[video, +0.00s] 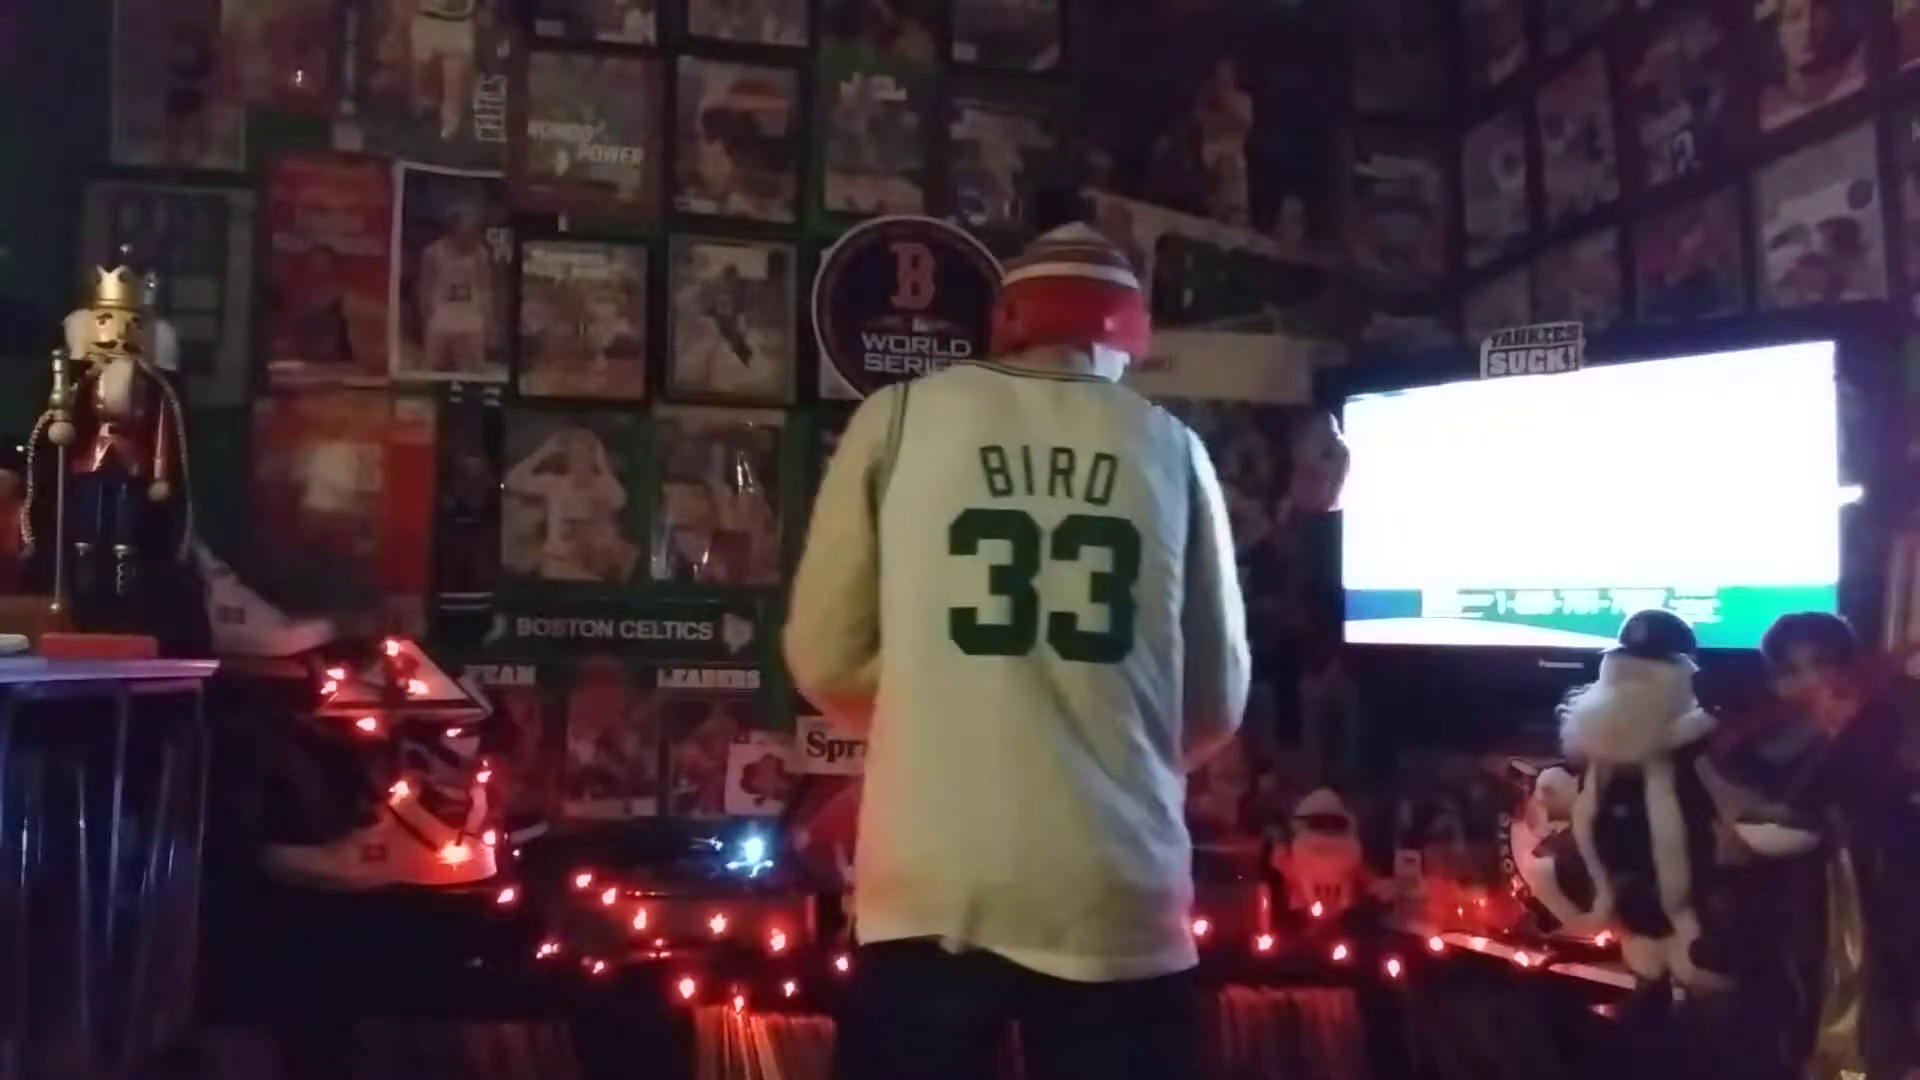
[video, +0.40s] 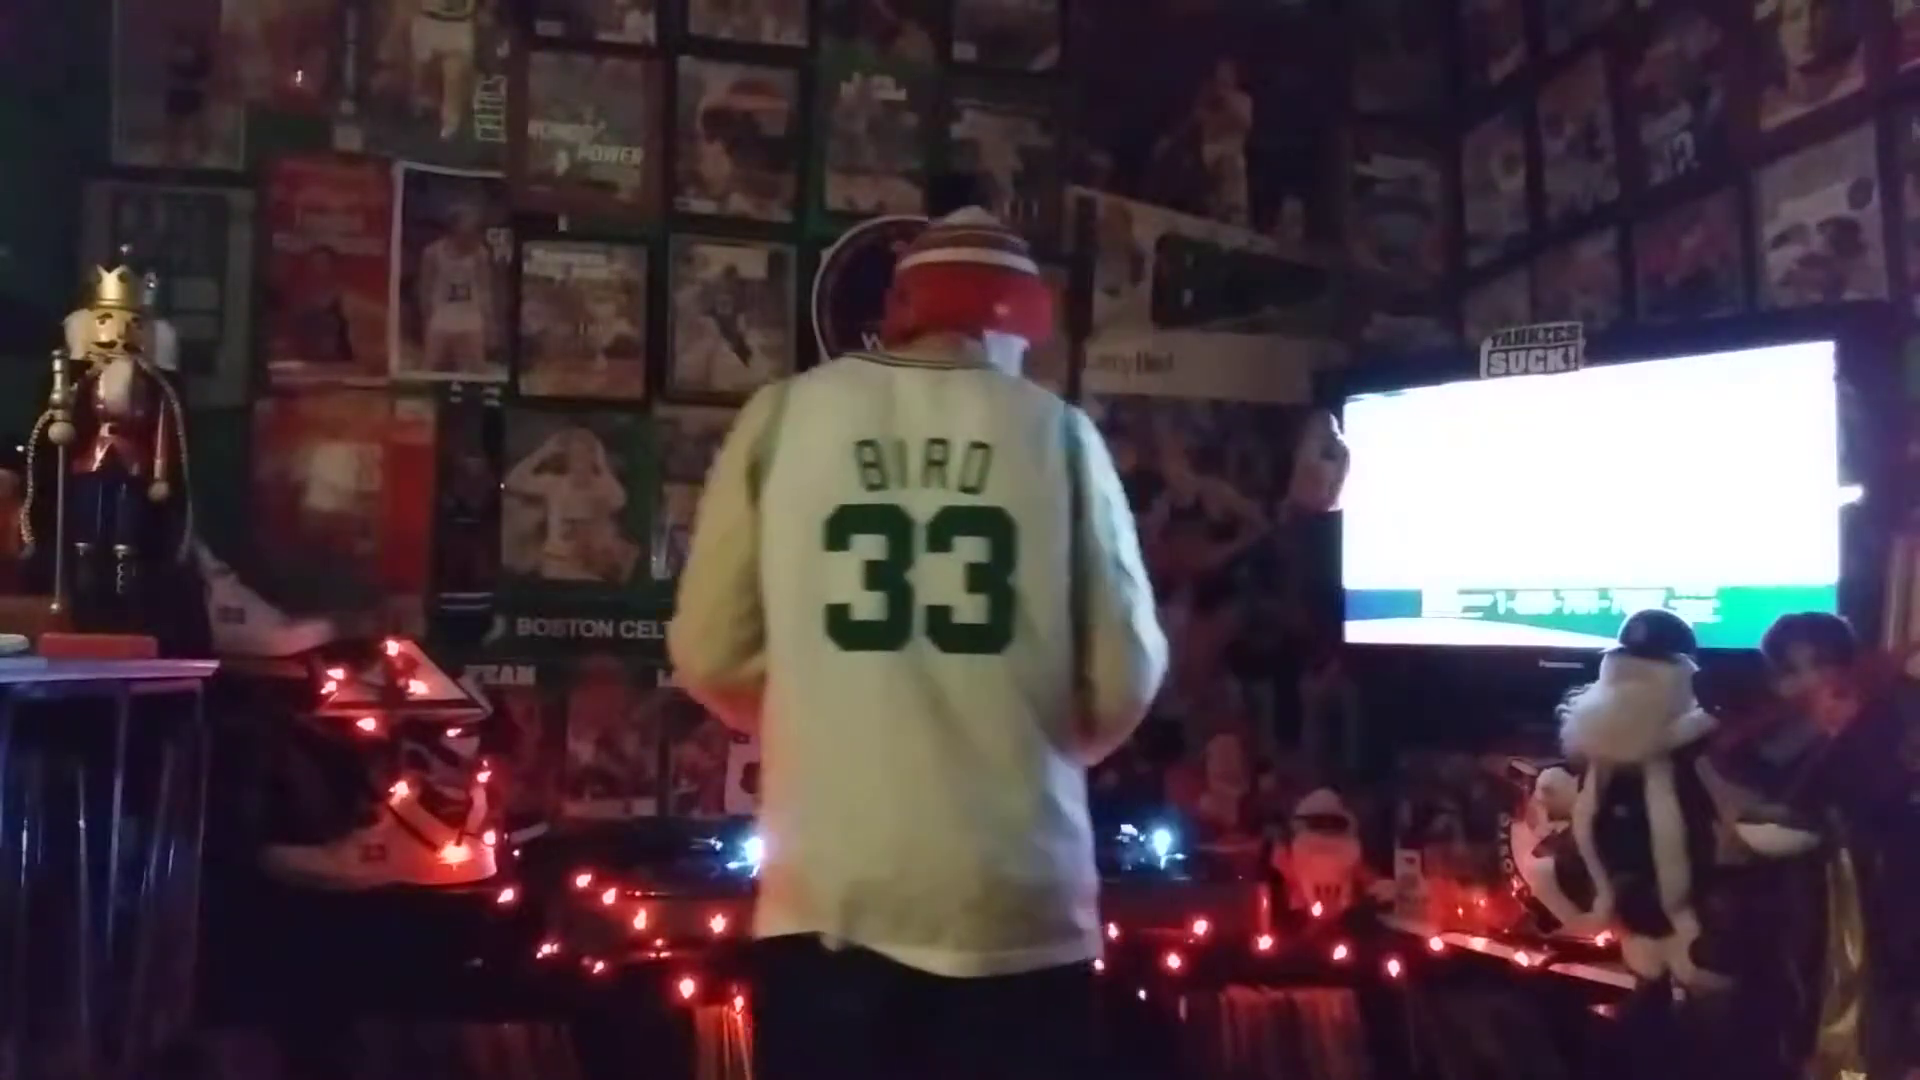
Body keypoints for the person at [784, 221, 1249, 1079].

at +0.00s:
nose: (1138, 357)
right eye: (1135, 341)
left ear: (1005, 325)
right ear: (1128, 340)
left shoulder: (898, 416)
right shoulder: (1177, 452)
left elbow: (825, 654)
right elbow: (1216, 699)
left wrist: (938, 718)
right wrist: (1110, 769)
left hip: (923, 882)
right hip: (1116, 893)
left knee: (907, 1066)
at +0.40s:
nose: (1031, 353)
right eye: (1029, 335)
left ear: (899, 317)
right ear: (1015, 327)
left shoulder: (782, 414)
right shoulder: (1060, 434)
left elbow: (709, 652)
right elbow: (1121, 679)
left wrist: (822, 724)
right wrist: (1022, 750)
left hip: (824, 916)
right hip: (1019, 920)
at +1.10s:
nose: (932, 351)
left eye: (933, 340)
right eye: (927, 334)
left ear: (785, 315)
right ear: (904, 329)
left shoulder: (648, 421)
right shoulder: (928, 417)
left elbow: (561, 659)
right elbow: (1003, 669)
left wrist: (705, 714)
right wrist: (929, 763)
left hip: (710, 919)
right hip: (908, 917)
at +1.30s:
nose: (929, 349)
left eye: (928, 336)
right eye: (925, 332)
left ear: (781, 306)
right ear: (905, 322)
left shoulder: (648, 412)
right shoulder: (945, 411)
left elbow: (567, 664)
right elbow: (1025, 677)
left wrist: (706, 703)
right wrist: (907, 748)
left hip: (706, 925)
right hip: (914, 925)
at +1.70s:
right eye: (1001, 310)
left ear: (834, 276)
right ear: (991, 309)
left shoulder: (706, 377)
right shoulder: (1039, 411)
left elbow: (600, 652)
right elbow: (1096, 712)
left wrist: (734, 747)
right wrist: (964, 774)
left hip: (725, 948)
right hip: (951, 967)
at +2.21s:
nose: (1000, 276)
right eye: (999, 254)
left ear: (834, 237)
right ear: (985, 262)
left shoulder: (706, 356)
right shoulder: (1059, 410)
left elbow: (596, 646)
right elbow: (1107, 724)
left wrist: (740, 721)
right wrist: (963, 780)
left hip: (714, 959)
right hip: (949, 988)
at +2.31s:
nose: (973, 282)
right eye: (972, 261)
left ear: (806, 247)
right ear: (959, 266)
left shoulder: (682, 363)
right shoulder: (1035, 407)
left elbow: (578, 650)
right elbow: (1091, 717)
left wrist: (727, 726)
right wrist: (942, 770)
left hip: (700, 963)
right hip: (935, 986)